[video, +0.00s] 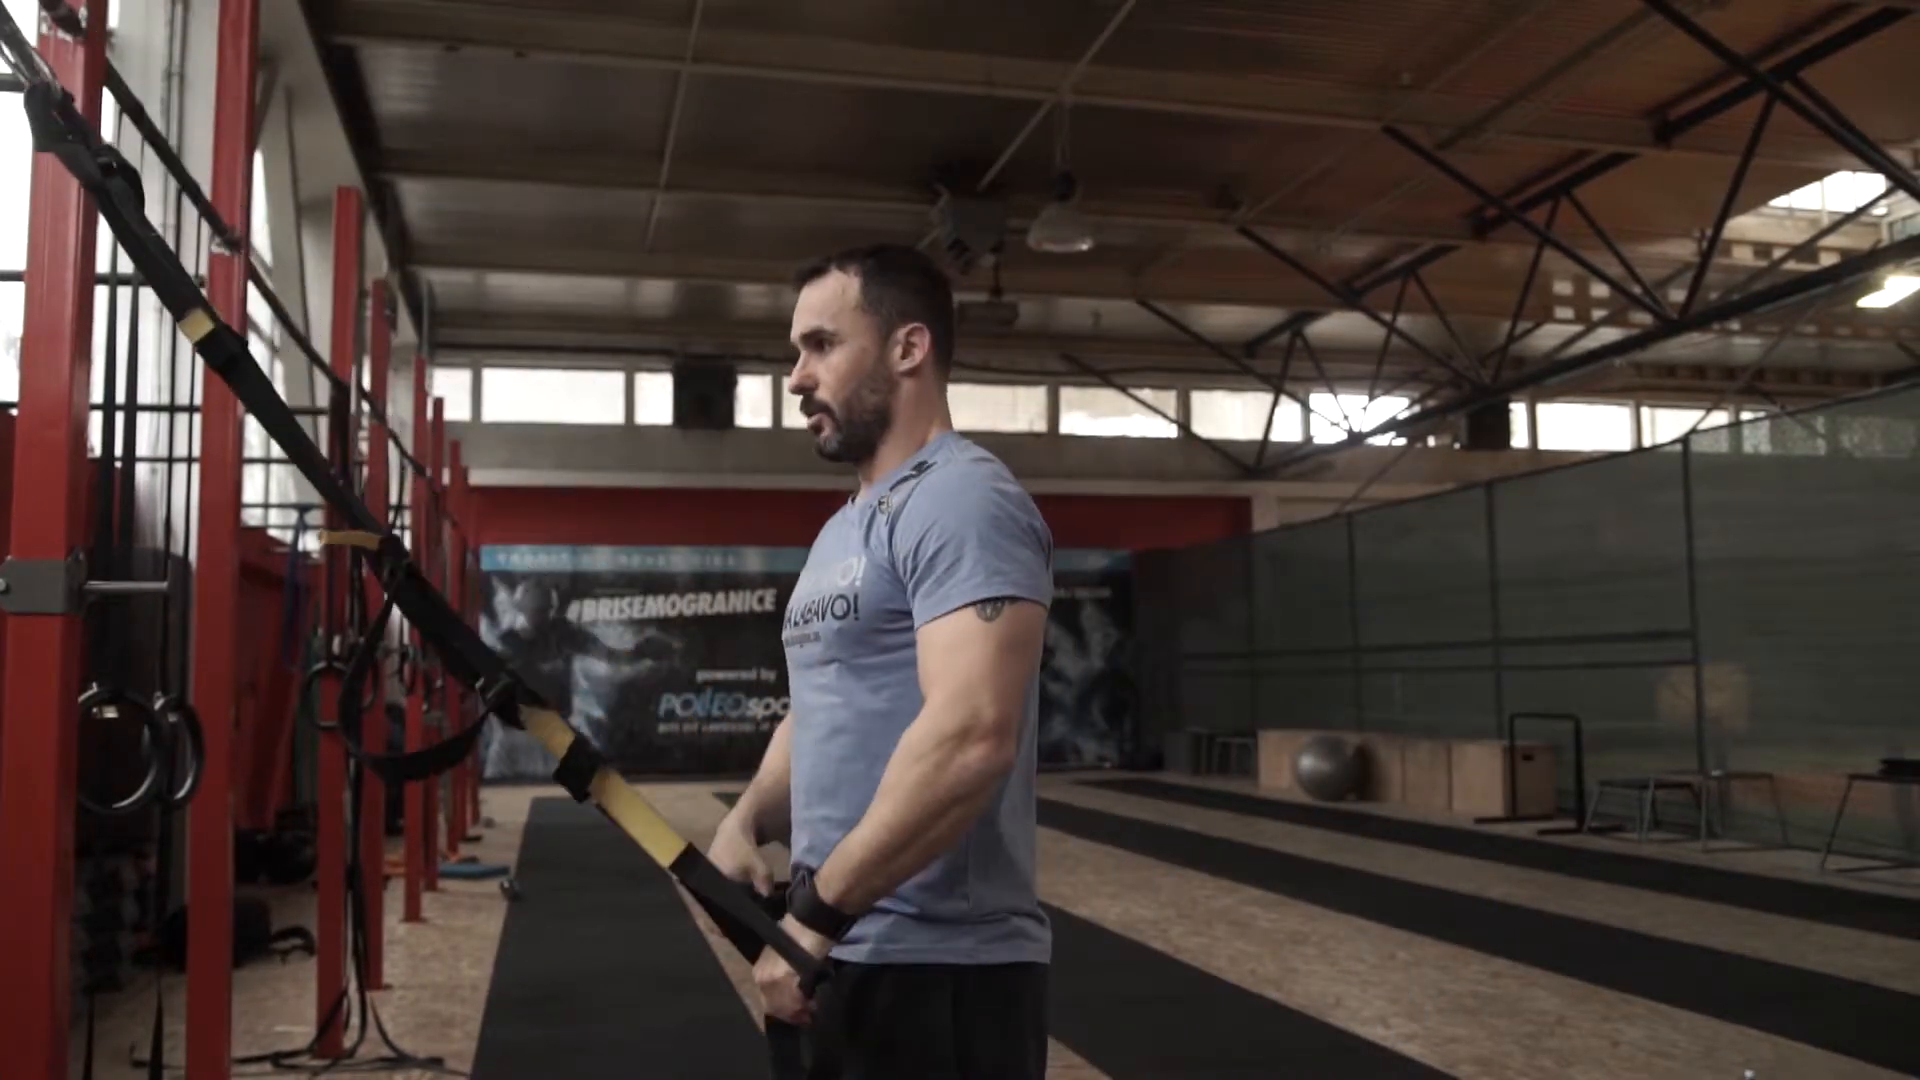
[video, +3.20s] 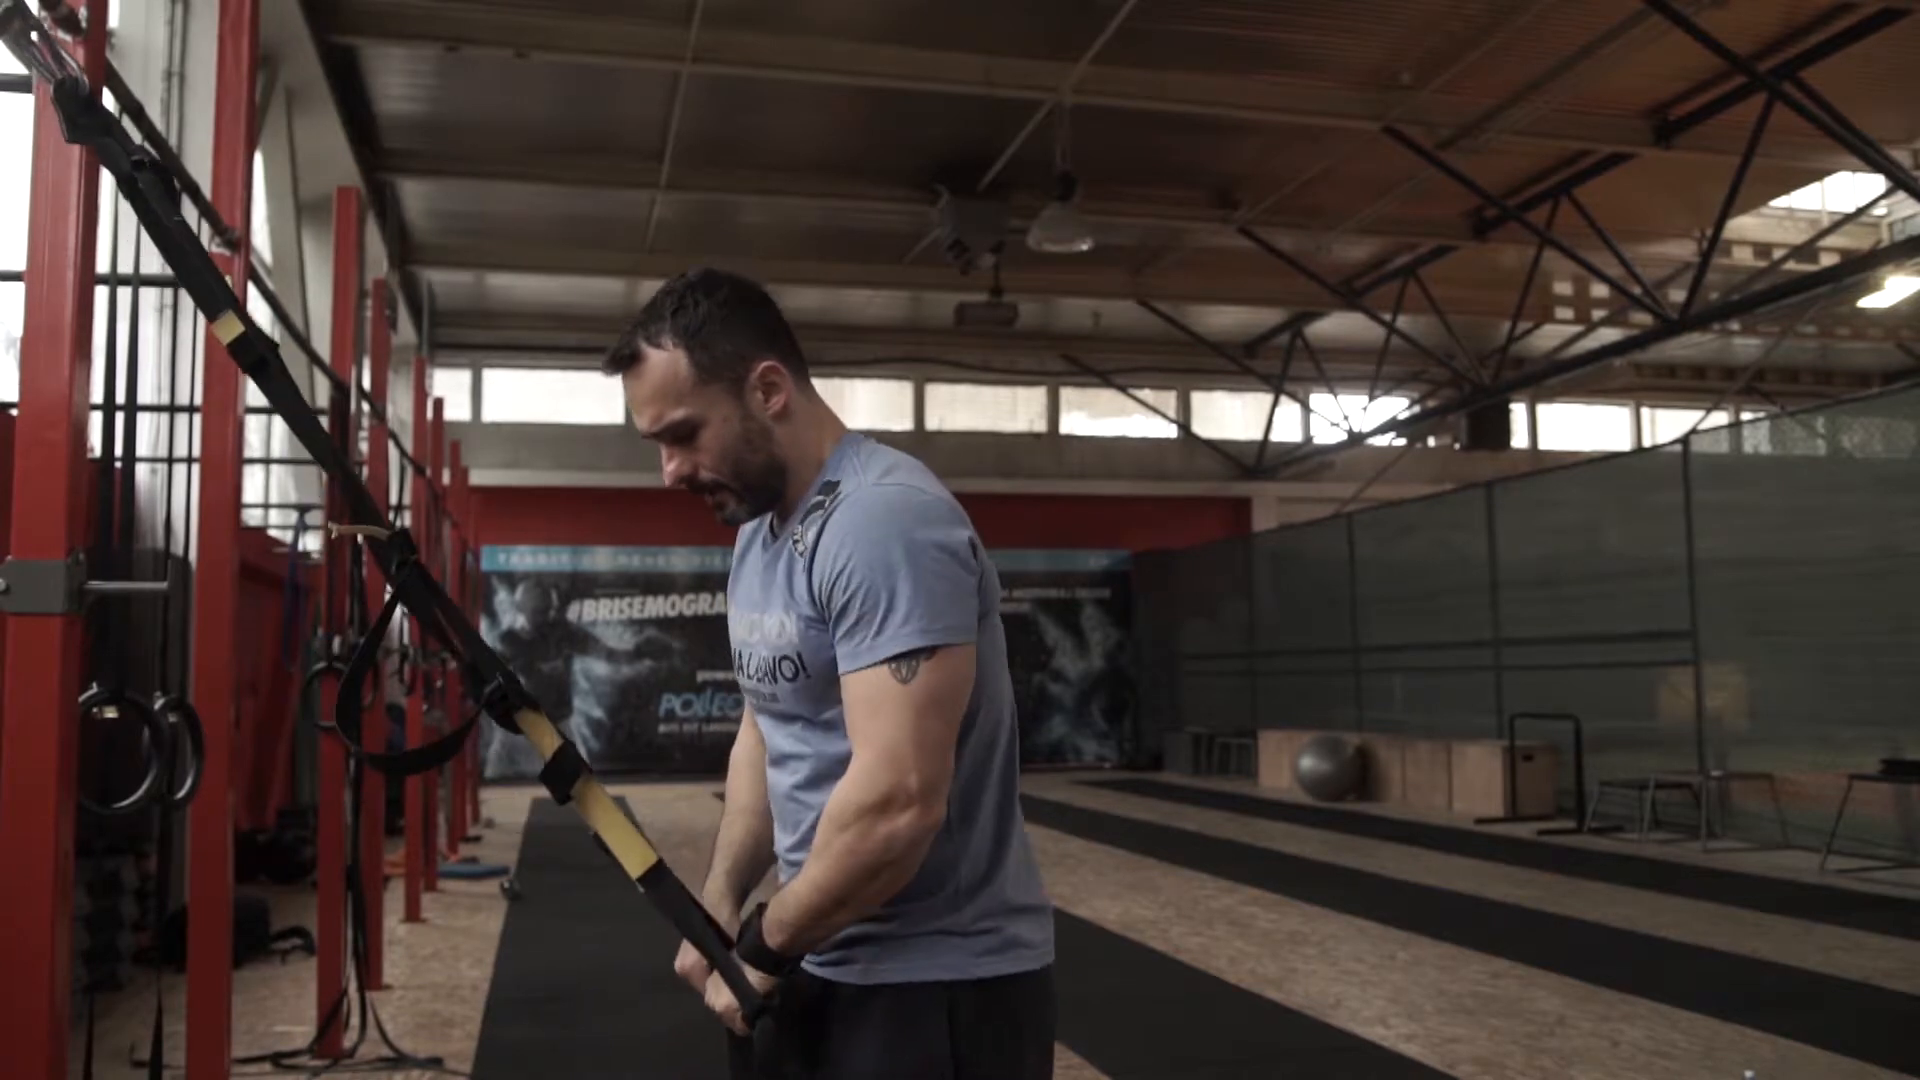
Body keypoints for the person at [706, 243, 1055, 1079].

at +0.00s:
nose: (797, 378)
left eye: (822, 344)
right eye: (797, 354)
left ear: (909, 347)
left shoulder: (965, 495)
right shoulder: (847, 526)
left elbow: (973, 737)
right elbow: (821, 705)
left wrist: (815, 912)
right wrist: (747, 821)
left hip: (941, 970)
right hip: (846, 960)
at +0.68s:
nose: (751, 445)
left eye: (765, 409)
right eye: (738, 420)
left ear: (851, 373)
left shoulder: (960, 516)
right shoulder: (795, 537)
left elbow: (942, 759)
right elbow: (757, 721)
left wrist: (775, 913)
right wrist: (695, 883)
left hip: (923, 973)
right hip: (804, 966)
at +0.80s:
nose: (742, 450)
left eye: (756, 414)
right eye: (727, 425)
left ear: (842, 376)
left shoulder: (951, 514)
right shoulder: (786, 539)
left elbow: (922, 762)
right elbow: (748, 723)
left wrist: (761, 921)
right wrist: (684, 888)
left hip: (916, 975)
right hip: (796, 969)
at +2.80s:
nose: (695, 461)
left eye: (704, 425)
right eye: (681, 436)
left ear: (786, 379)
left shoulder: (905, 509)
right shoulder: (773, 541)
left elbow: (852, 775)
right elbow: (741, 735)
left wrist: (722, 955)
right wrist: (680, 895)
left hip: (897, 984)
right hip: (784, 973)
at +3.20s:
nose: (674, 472)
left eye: (684, 436)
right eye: (662, 446)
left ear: (770, 391)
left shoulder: (887, 520)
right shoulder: (762, 535)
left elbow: (899, 799)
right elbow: (765, 734)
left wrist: (770, 943)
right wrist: (721, 901)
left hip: (939, 984)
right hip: (817, 971)